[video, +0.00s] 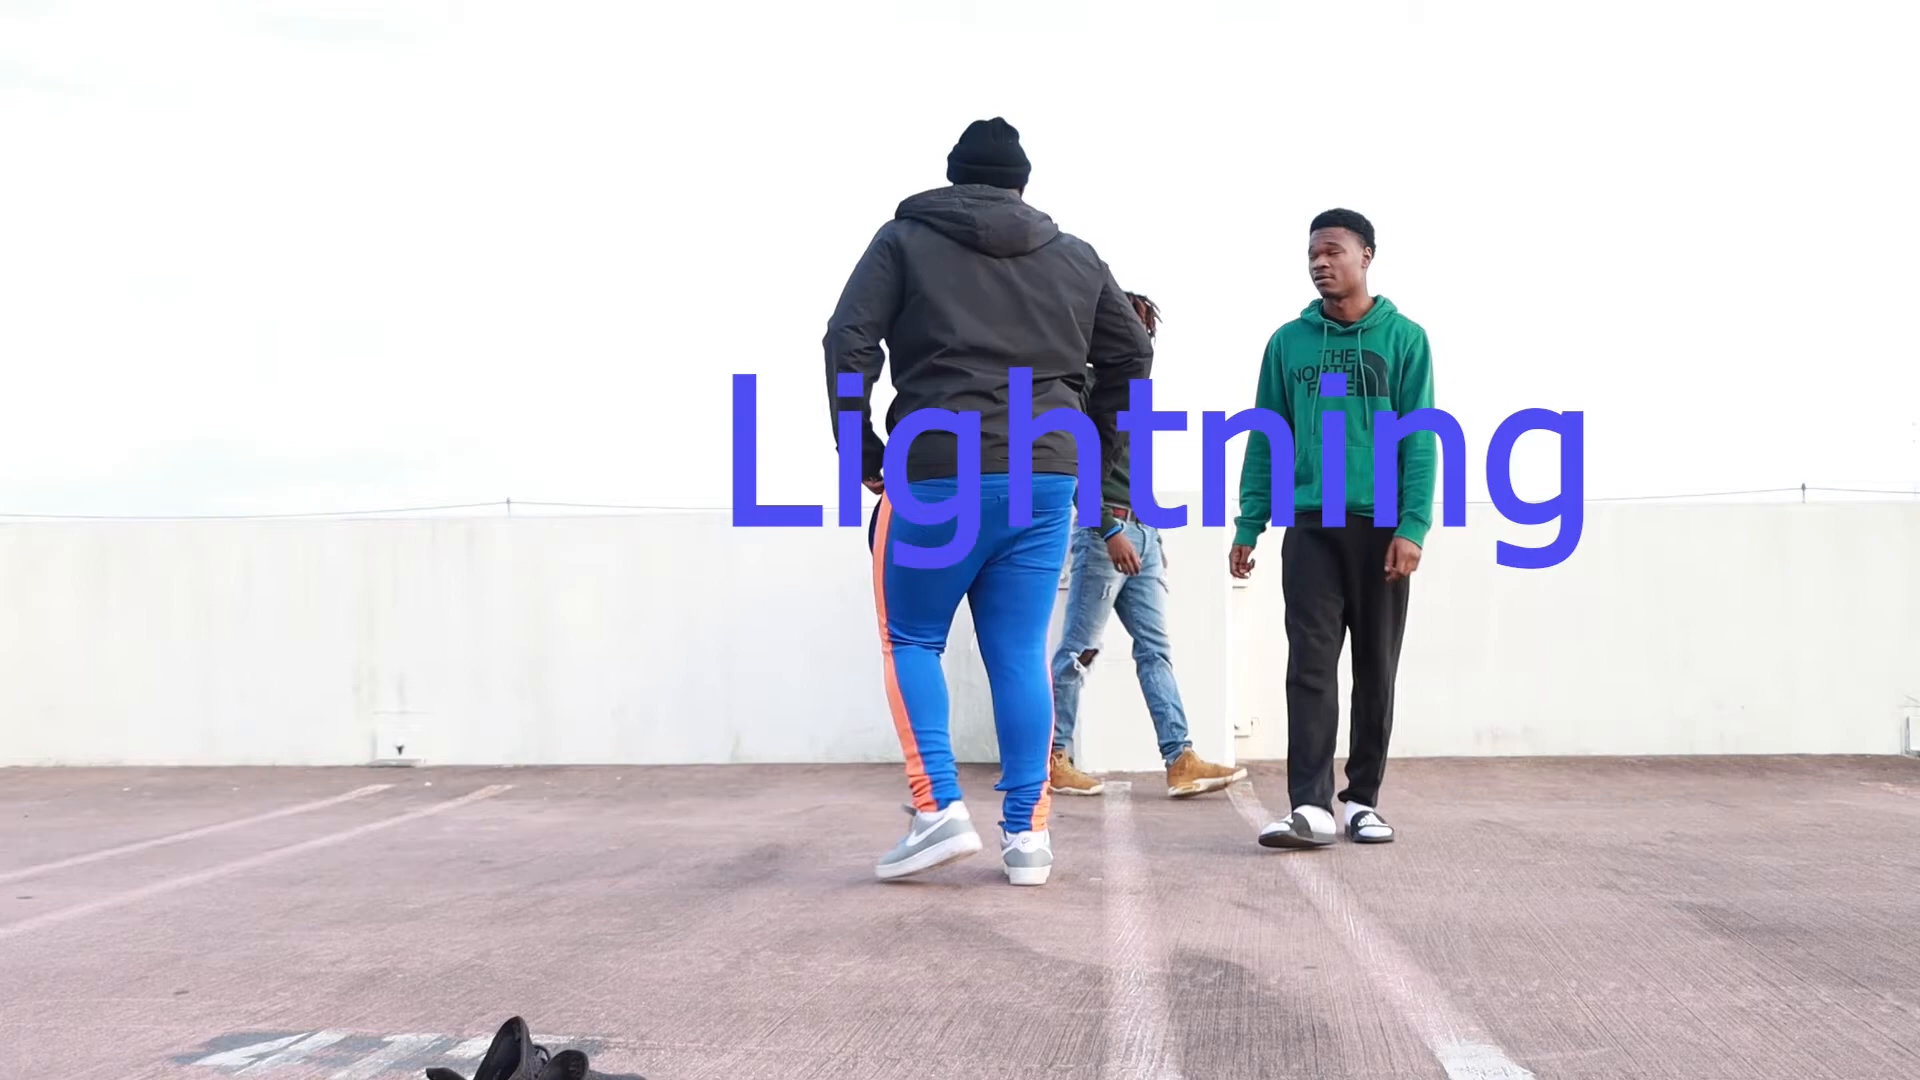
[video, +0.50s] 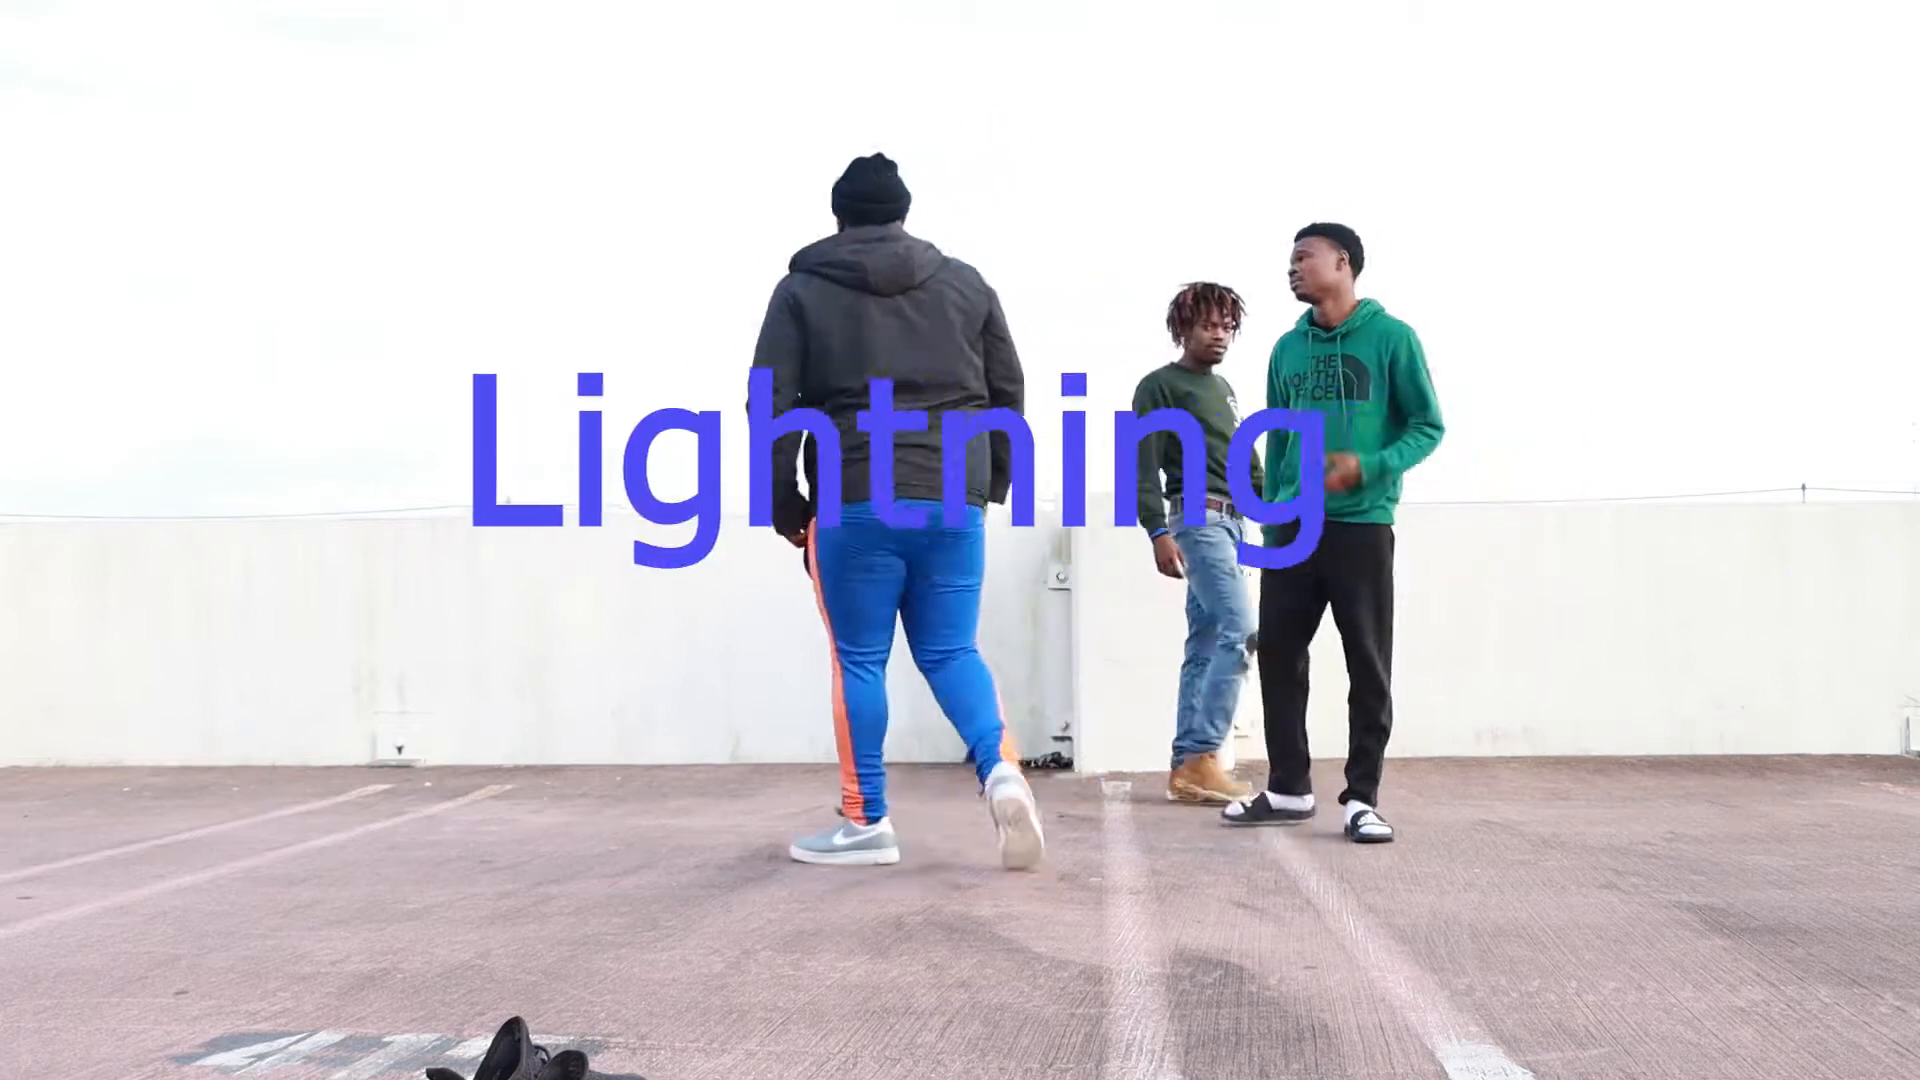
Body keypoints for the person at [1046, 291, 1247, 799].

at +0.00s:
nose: (1149, 334)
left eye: (1150, 325)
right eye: (1141, 323)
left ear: (1148, 330)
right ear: (1118, 326)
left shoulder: (1137, 388)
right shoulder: (1095, 383)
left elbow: (1129, 462)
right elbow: (1084, 456)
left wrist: (1147, 526)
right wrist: (1107, 528)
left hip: (1140, 528)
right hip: (1101, 527)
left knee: (1154, 646)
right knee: (1078, 647)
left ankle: (1180, 759)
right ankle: (1051, 754)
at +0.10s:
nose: (1149, 344)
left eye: (1156, 336)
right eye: (1140, 333)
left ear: (1160, 340)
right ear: (1114, 332)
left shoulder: (1138, 396)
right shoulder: (1093, 388)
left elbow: (1147, 472)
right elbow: (1075, 473)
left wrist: (1170, 539)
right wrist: (1105, 539)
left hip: (1157, 534)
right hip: (1118, 533)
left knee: (1162, 653)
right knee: (1092, 649)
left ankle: (1181, 763)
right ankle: (1053, 754)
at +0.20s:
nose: (1167, 342)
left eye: (1173, 334)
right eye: (1156, 332)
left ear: (1179, 339)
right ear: (1130, 335)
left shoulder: (1163, 399)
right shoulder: (1111, 391)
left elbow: (1177, 475)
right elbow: (1098, 473)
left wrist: (1200, 540)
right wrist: (1110, 543)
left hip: (1184, 535)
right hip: (1143, 533)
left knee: (1179, 656)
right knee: (1129, 651)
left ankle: (1185, 766)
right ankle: (1063, 746)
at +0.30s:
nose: (1182, 338)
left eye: (1189, 329)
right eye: (1172, 328)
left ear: (1197, 335)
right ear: (1147, 332)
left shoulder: (1185, 396)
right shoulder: (1123, 389)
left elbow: (1202, 471)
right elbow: (1108, 468)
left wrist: (1229, 530)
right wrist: (1119, 535)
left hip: (1204, 534)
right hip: (1162, 534)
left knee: (1195, 651)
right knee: (1176, 645)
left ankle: (1187, 765)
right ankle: (1092, 731)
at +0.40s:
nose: (1203, 336)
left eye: (1209, 328)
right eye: (1192, 326)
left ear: (1215, 334)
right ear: (1165, 329)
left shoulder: (1205, 391)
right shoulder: (1141, 384)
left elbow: (1225, 463)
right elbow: (1125, 462)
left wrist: (1254, 522)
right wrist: (1135, 531)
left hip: (1220, 525)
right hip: (1182, 523)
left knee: (1200, 644)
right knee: (1212, 637)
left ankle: (1187, 764)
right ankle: (1138, 736)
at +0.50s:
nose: (1219, 335)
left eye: (1225, 326)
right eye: (1208, 325)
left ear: (1232, 332)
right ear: (1183, 327)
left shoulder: (1222, 389)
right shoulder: (1158, 385)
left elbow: (1234, 460)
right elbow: (1144, 466)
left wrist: (1274, 497)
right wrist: (1158, 532)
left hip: (1228, 523)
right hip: (1194, 522)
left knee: (1205, 642)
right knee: (1238, 630)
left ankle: (1188, 764)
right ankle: (1203, 756)